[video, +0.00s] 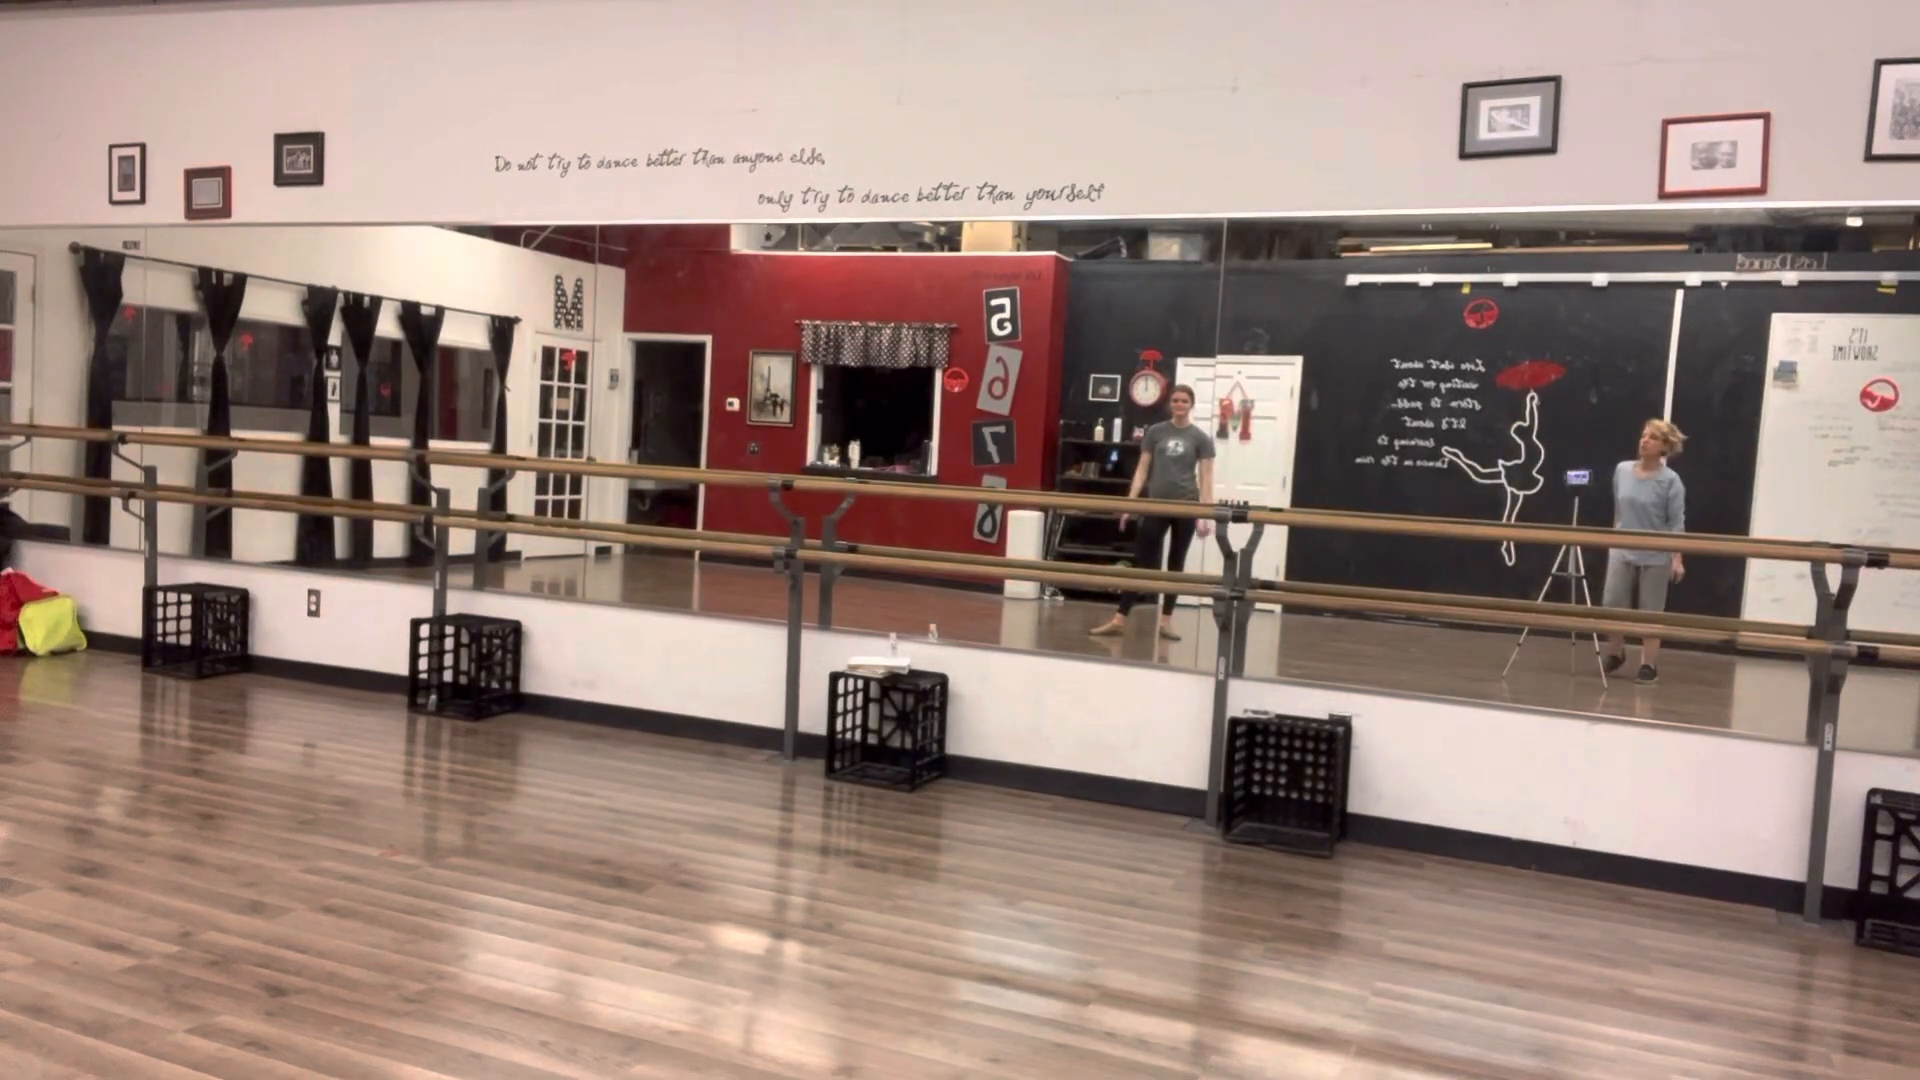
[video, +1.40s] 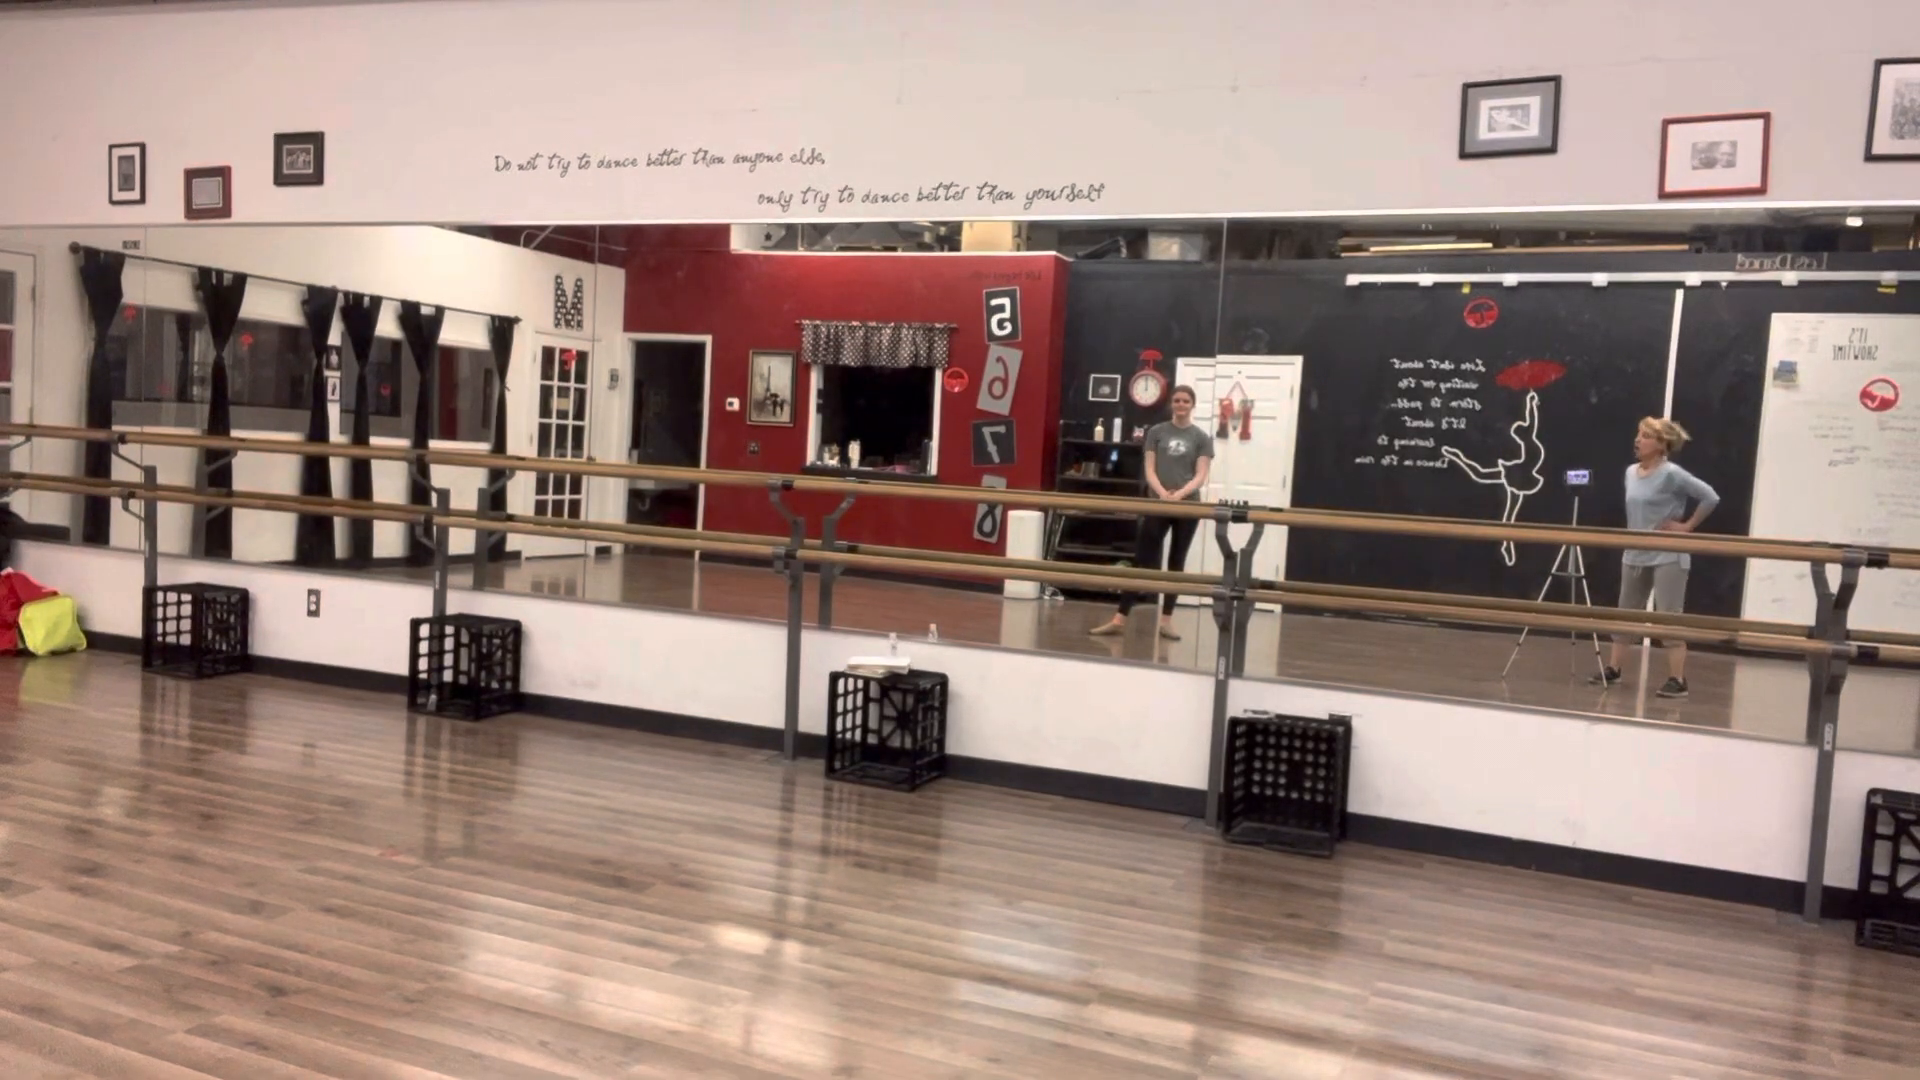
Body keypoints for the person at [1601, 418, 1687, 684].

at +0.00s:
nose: (1645, 441)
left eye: (1653, 438)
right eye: (1644, 436)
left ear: (1665, 447)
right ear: (1639, 440)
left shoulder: (1671, 481)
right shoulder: (1622, 470)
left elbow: (1677, 522)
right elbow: (1618, 509)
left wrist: (1676, 557)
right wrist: (1615, 540)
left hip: (1656, 554)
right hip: (1622, 550)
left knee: (1651, 611)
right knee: (1611, 603)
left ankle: (1648, 662)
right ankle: (1615, 651)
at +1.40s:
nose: (1638, 440)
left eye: (1646, 437)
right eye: (1639, 435)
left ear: (1662, 444)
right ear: (1638, 440)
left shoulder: (1672, 473)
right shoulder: (1631, 472)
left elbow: (1711, 497)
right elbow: (1636, 506)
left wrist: (1686, 525)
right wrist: (1635, 532)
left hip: (1669, 556)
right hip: (1635, 554)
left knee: (1669, 618)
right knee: (1625, 614)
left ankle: (1677, 679)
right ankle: (1613, 669)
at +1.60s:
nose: (1640, 447)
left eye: (1645, 442)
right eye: (1641, 442)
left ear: (1661, 448)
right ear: (1655, 448)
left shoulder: (1679, 476)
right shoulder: (1647, 476)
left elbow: (1718, 501)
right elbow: (1658, 507)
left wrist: (1701, 530)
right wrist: (1650, 533)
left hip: (1681, 557)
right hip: (1650, 554)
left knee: (1669, 619)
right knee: (1630, 612)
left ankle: (1677, 679)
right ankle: (1613, 668)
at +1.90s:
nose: (1660, 448)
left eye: (1662, 443)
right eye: (1661, 443)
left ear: (1669, 445)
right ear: (1686, 445)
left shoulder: (1678, 472)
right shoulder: (1685, 469)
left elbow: (1697, 502)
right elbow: (1692, 506)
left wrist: (1690, 527)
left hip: (1684, 559)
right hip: (1668, 556)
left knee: (1672, 617)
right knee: (1652, 613)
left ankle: (1677, 677)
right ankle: (1654, 668)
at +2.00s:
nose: (1665, 446)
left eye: (1666, 441)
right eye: (1667, 441)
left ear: (1670, 443)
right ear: (1695, 444)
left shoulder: (1675, 471)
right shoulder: (1699, 471)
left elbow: (1689, 501)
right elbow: (1703, 506)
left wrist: (1684, 524)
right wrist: (1692, 527)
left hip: (1678, 558)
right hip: (1695, 558)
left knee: (1671, 619)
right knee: (1677, 618)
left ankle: (1675, 676)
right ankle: (1680, 673)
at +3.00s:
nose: (1664, 445)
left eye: (1668, 440)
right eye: (1665, 439)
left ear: (1682, 444)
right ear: (1686, 445)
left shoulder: (1688, 472)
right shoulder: (1692, 470)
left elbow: (1706, 501)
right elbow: (1686, 507)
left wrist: (1695, 529)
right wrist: (1661, 511)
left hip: (1682, 561)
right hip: (1683, 559)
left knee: (1676, 620)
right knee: (1676, 617)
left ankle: (1684, 679)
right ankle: (1701, 669)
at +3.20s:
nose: (1657, 450)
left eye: (1662, 444)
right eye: (1657, 444)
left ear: (1679, 446)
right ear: (1675, 447)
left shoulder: (1685, 470)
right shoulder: (1672, 472)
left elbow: (1704, 499)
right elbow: (1646, 503)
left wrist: (1693, 528)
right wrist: (1654, 477)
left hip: (1682, 559)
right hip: (1665, 557)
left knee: (1676, 619)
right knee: (1650, 611)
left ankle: (1684, 678)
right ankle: (1659, 668)